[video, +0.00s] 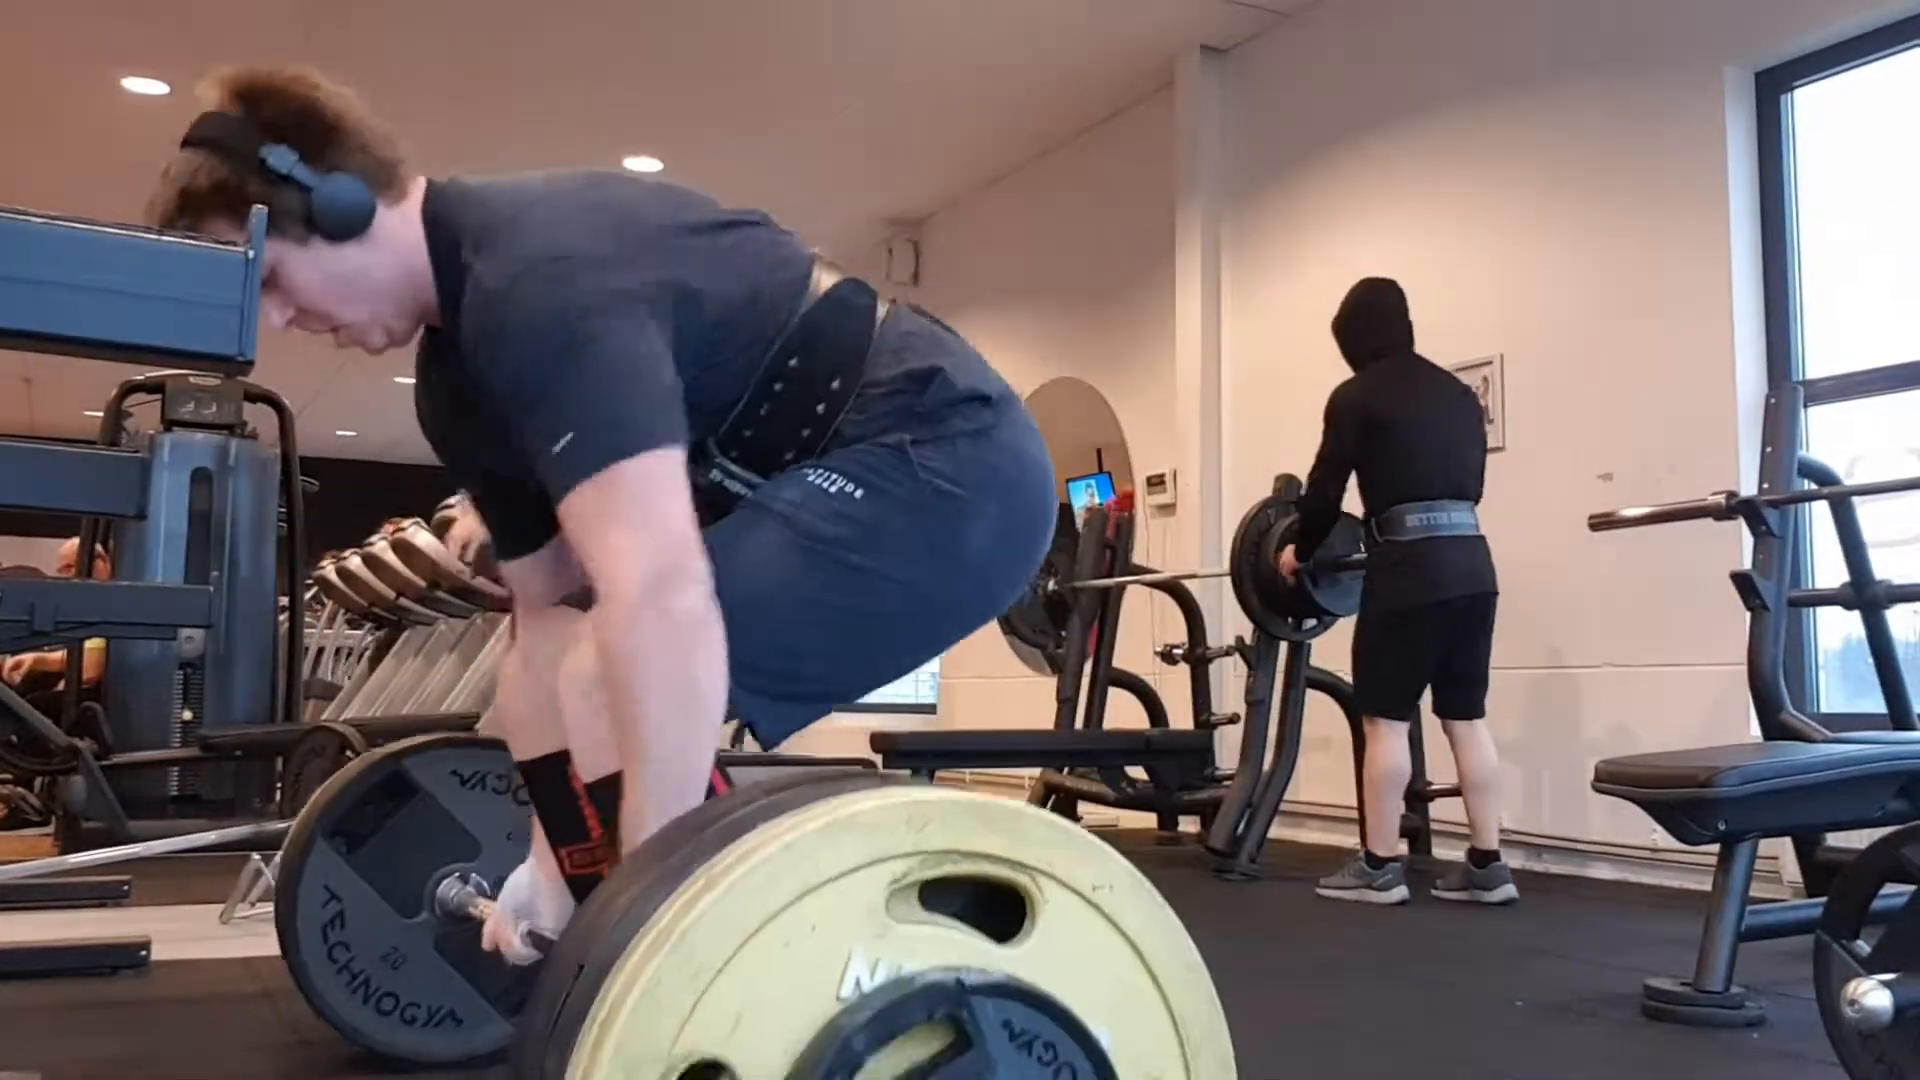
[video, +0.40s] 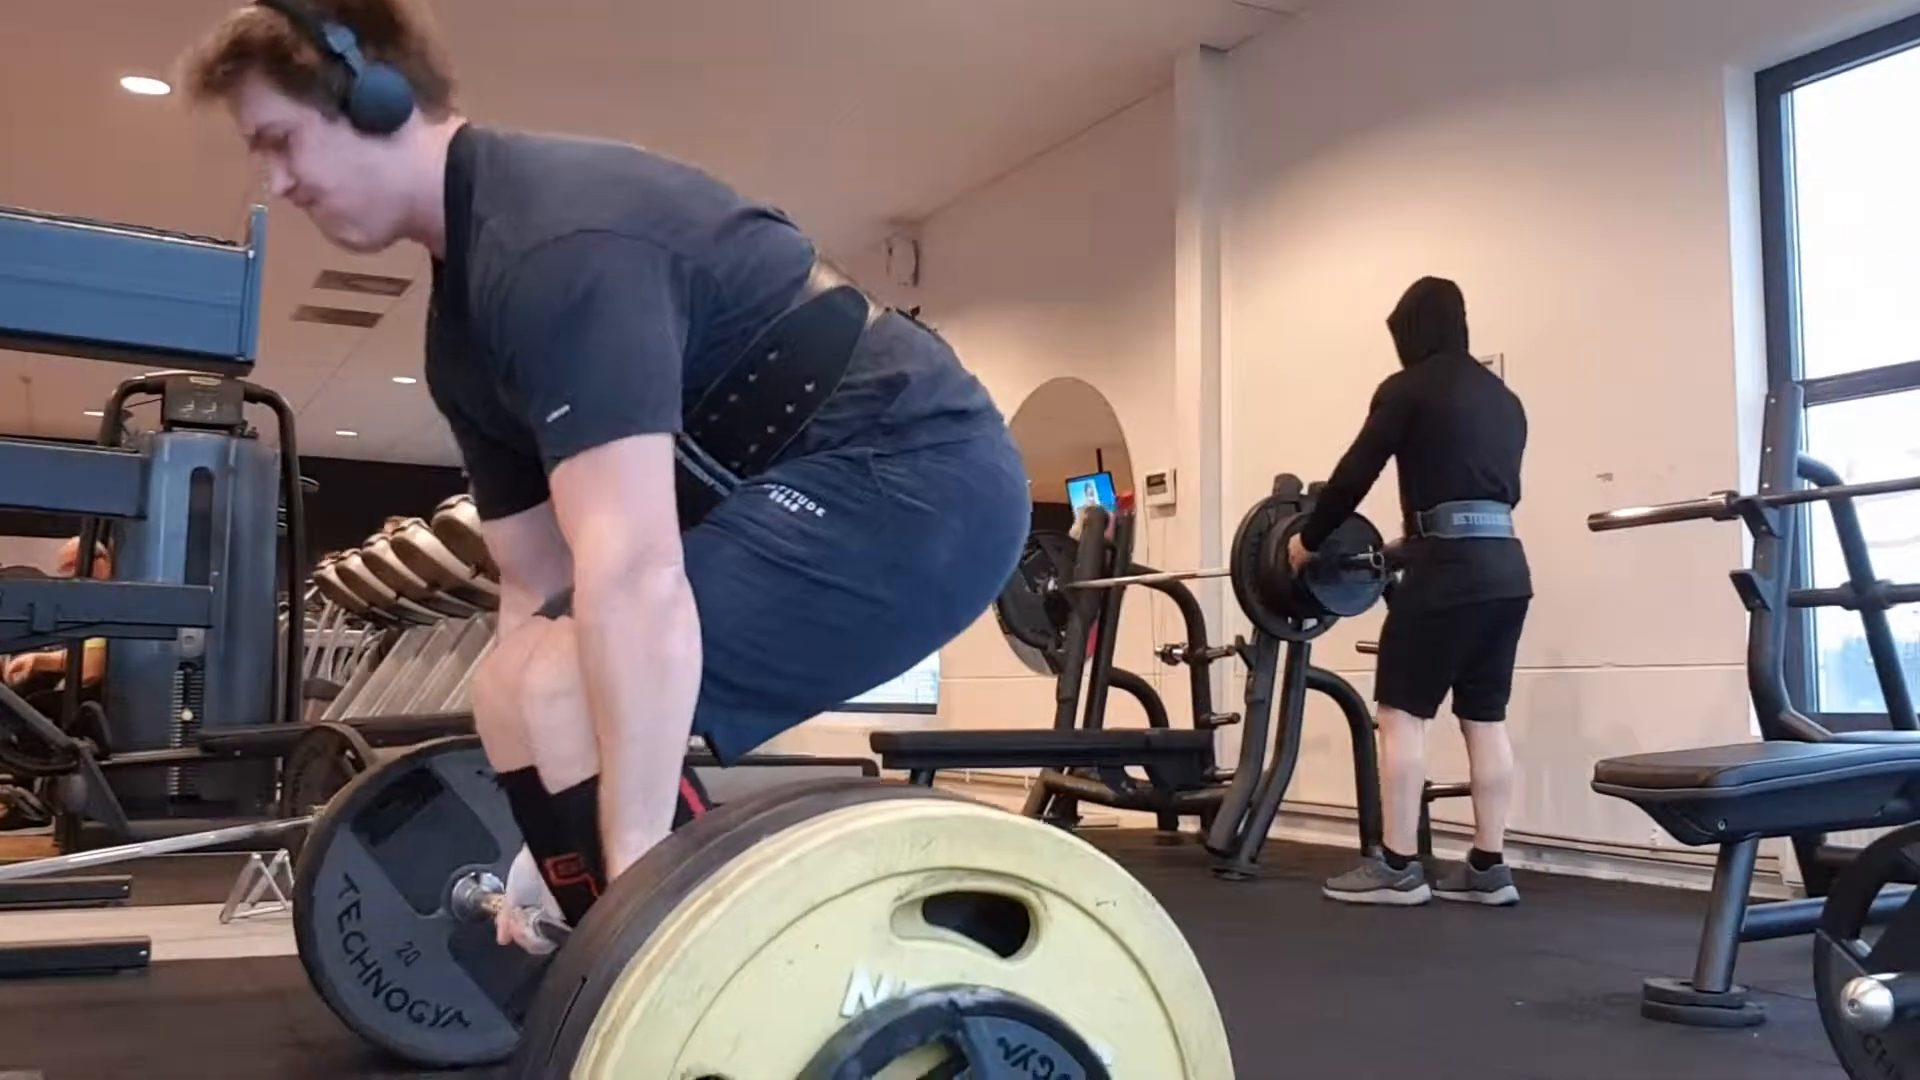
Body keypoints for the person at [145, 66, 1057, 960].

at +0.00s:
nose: (282, 321)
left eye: (268, 280)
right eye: (259, 300)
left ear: (318, 205)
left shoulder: (547, 286)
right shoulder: (454, 369)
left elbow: (661, 597)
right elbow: (554, 602)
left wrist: (656, 912)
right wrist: (547, 860)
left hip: (936, 459)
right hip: (814, 480)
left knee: (614, 676)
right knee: (533, 670)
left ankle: (701, 978)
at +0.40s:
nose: (275, 186)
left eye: (280, 143)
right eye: (260, 157)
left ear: (373, 93)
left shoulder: (562, 241)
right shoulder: (461, 329)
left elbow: (636, 573)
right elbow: (537, 589)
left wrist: (639, 878)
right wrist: (542, 853)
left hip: (911, 466)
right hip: (804, 483)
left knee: (565, 689)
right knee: (505, 688)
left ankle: (669, 1000)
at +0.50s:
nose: (275, 164)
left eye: (285, 121)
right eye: (263, 133)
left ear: (384, 83)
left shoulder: (570, 232)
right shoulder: (463, 321)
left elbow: (646, 563)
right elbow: (538, 579)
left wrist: (645, 871)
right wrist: (546, 849)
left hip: (911, 451)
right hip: (797, 471)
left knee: (585, 679)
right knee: (513, 677)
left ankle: (688, 978)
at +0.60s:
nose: (277, 137)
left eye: (293, 94)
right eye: (269, 107)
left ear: (394, 63)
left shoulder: (579, 216)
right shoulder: (469, 310)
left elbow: (651, 544)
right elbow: (543, 563)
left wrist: (649, 857)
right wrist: (549, 828)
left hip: (916, 432)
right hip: (802, 452)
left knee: (602, 670)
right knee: (530, 667)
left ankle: (689, 970)